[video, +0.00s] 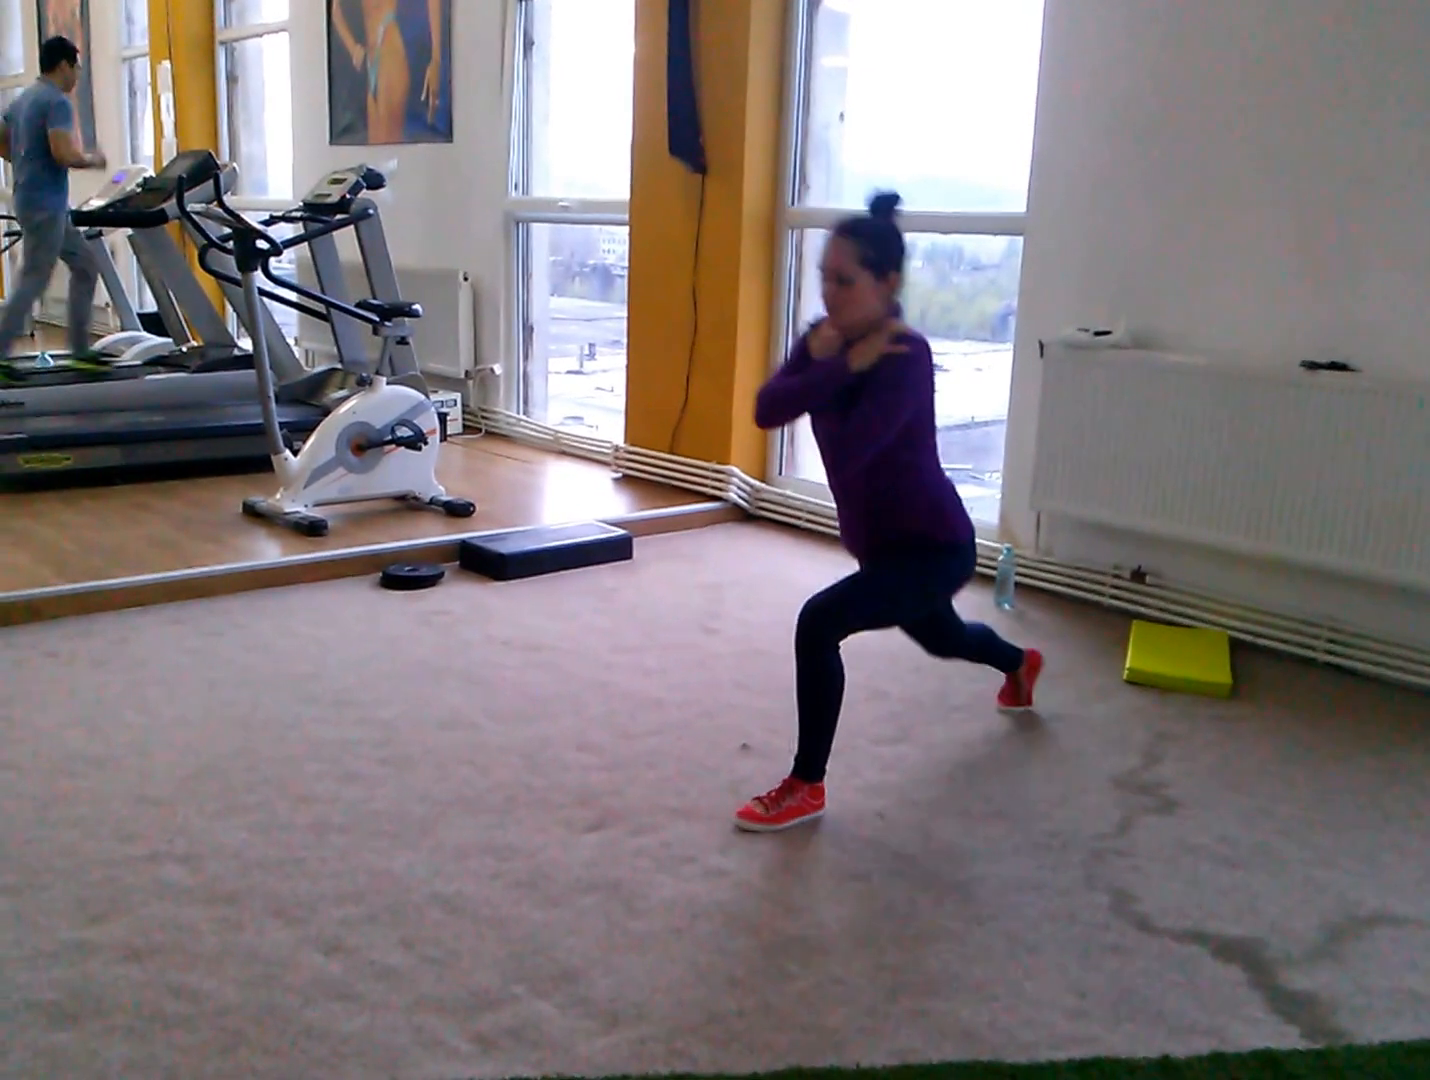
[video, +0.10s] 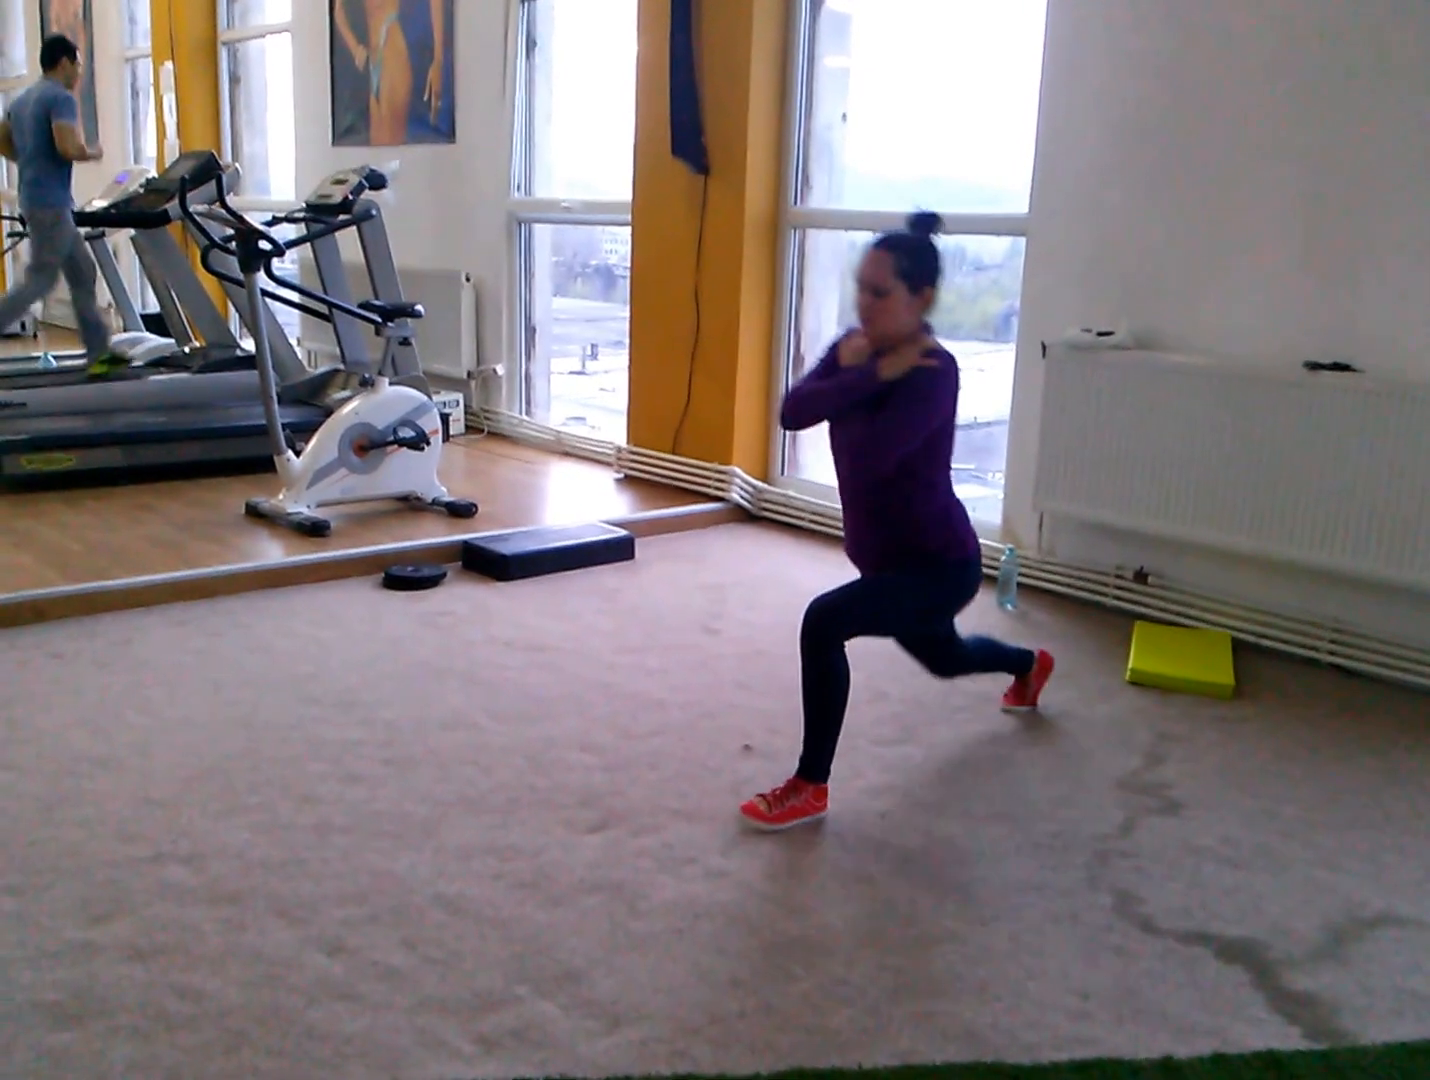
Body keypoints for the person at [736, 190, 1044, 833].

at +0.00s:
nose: (830, 293)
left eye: (845, 280)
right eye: (825, 278)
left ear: (888, 285)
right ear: (821, 280)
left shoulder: (907, 358)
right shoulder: (819, 342)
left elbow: (853, 449)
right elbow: (766, 412)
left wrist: (815, 371)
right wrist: (845, 365)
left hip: (935, 551)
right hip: (879, 549)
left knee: (818, 622)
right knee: (946, 638)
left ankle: (806, 785)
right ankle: (1020, 662)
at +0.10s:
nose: (862, 305)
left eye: (878, 293)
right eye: (860, 290)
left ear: (922, 300)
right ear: (855, 290)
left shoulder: (934, 375)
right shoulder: (851, 352)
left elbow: (869, 455)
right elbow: (791, 413)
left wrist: (840, 379)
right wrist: (873, 374)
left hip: (941, 568)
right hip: (881, 564)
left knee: (824, 621)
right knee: (946, 658)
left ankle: (810, 784)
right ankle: (1029, 664)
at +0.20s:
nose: (894, 310)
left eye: (910, 299)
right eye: (891, 295)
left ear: (951, 307)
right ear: (886, 294)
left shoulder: (955, 382)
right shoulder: (875, 356)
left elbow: (884, 455)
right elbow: (811, 405)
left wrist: (870, 374)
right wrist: (896, 371)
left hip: (938, 578)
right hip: (881, 569)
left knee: (822, 622)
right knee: (943, 670)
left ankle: (813, 785)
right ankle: (1034, 666)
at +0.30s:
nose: (915, 314)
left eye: (932, 304)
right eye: (913, 299)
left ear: (973, 316)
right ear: (907, 300)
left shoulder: (969, 390)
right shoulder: (893, 358)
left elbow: (889, 452)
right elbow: (825, 398)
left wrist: (881, 379)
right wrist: (913, 375)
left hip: (937, 581)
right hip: (884, 573)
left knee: (818, 622)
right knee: (946, 677)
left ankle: (815, 787)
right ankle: (1040, 671)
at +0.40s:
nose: (927, 315)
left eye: (945, 307)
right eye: (927, 301)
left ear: (984, 324)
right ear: (923, 302)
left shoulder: (978, 395)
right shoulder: (904, 360)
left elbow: (895, 451)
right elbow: (832, 394)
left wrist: (885, 379)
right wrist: (928, 375)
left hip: (937, 585)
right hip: (883, 576)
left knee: (818, 623)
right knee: (945, 676)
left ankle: (817, 788)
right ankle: (1040, 668)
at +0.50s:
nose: (932, 318)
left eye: (949, 311)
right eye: (931, 305)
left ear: (989, 327)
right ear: (926, 306)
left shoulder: (980, 399)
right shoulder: (908, 365)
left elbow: (898, 457)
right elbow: (836, 398)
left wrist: (894, 383)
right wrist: (930, 377)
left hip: (938, 589)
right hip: (885, 577)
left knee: (819, 623)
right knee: (945, 677)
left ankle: (818, 789)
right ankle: (1040, 666)